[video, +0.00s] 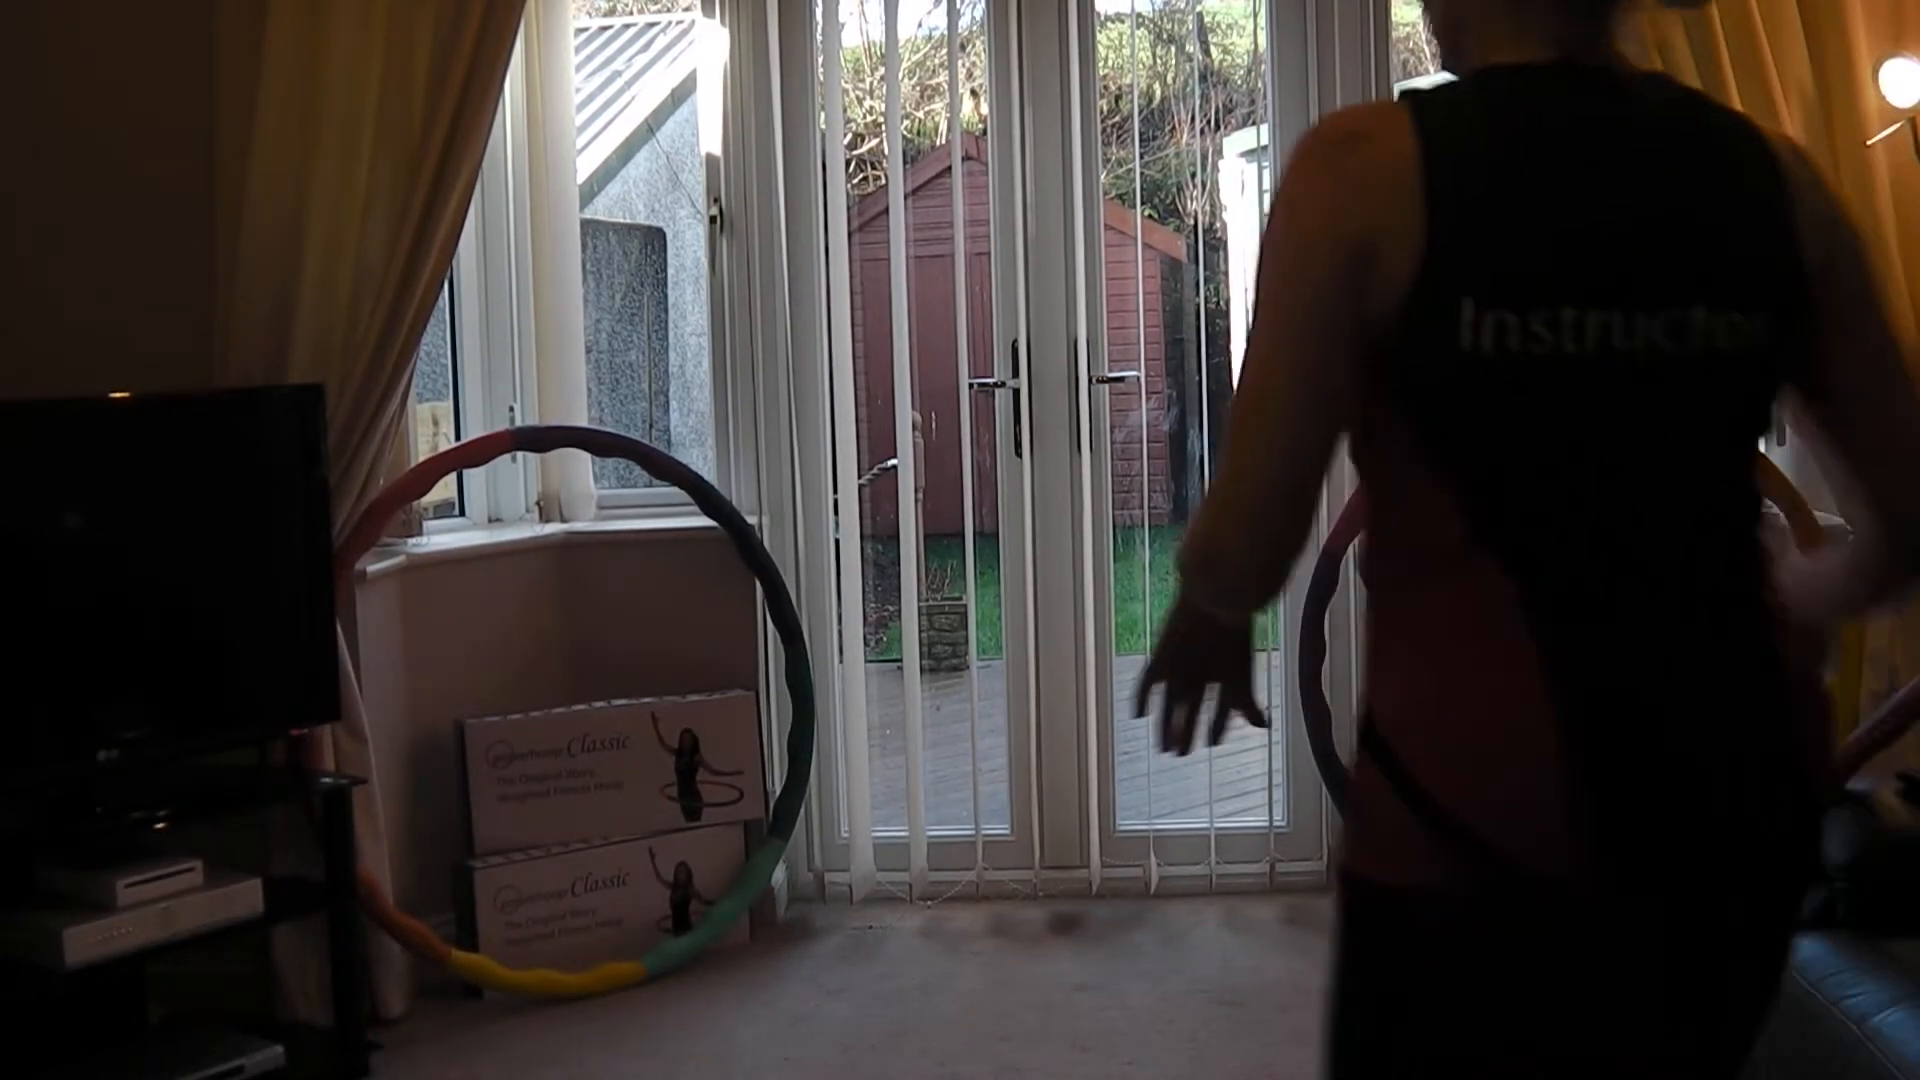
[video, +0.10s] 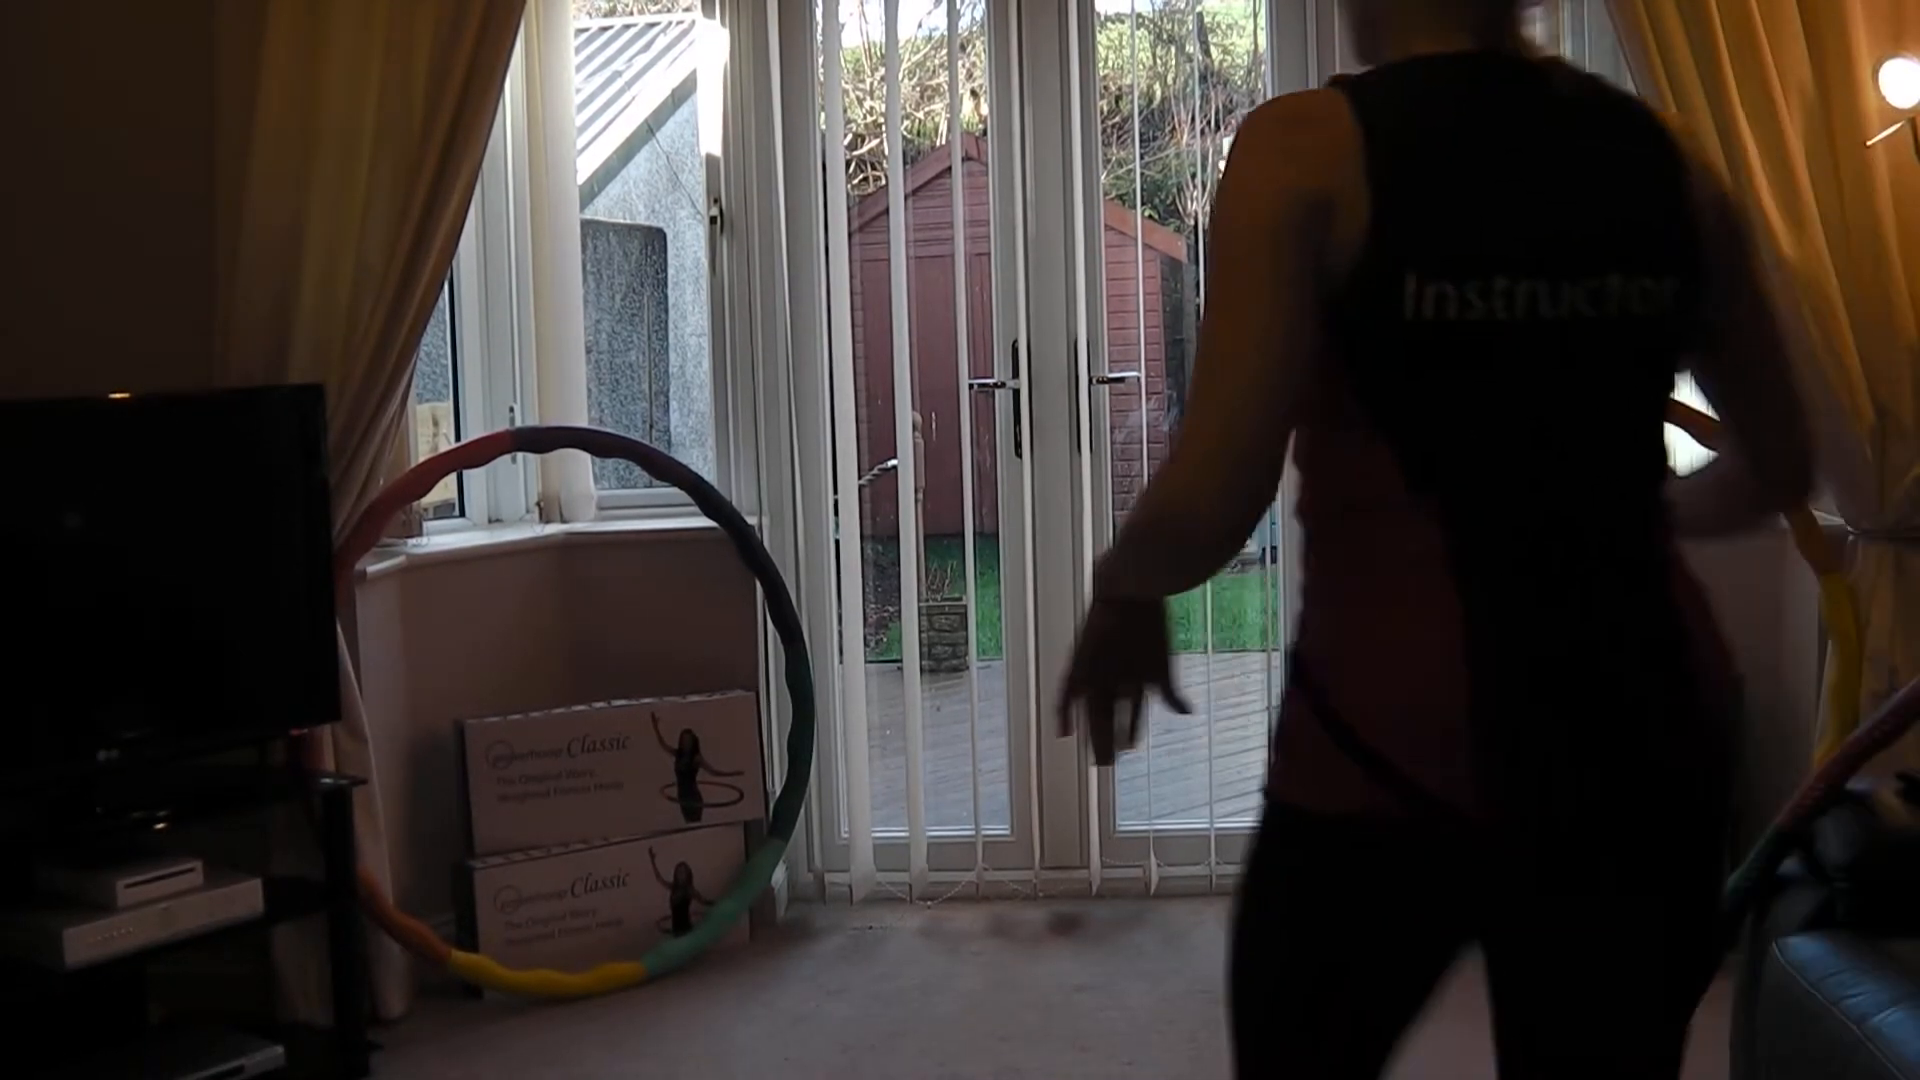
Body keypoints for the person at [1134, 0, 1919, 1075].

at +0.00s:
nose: (1429, 5)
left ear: (1453, 7)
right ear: (1613, 0)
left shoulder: (1367, 164)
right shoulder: (1769, 178)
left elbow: (1250, 530)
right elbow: (1901, 517)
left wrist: (1211, 613)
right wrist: (1786, 590)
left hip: (1469, 799)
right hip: (1736, 786)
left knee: (1434, 1079)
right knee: (1683, 1068)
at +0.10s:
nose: (1338, 12)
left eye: (1342, 2)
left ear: (1361, 1)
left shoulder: (1303, 146)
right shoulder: (1658, 155)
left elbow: (1220, 481)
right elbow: (1774, 465)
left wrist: (1123, 588)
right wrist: (1621, 510)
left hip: (1386, 751)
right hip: (1639, 746)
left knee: (1297, 1064)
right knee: (1606, 1067)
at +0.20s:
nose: (1256, 18)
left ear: (1300, 12)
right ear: (1441, 15)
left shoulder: (1243, 191)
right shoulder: (1563, 185)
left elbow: (1199, 489)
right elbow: (1627, 464)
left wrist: (1052, 614)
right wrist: (1470, 479)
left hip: (1321, 748)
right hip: (1548, 744)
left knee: (1236, 1064)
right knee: (1549, 1070)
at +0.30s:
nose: (1163, 45)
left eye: (1184, 14)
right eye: (1170, 17)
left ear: (1263, 39)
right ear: (1358, 46)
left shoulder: (1176, 243)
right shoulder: (1457, 227)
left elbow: (1152, 528)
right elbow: (1474, 486)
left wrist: (990, 643)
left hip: (1245, 751)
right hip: (1460, 740)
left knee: (1172, 1061)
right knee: (1461, 1067)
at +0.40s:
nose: (1087, 70)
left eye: (1128, 41)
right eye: (1100, 40)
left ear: (1233, 73)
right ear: (1245, 79)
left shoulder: (1127, 278)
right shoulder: (1345, 246)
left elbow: (1103, 560)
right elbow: (1362, 475)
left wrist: (947, 626)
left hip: (1166, 737)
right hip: (1353, 725)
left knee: (1128, 1064)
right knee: (1342, 1064)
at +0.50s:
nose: (1065, 78)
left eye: (1110, 48)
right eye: (1057, 45)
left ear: (1198, 69)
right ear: (1039, 52)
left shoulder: (1123, 267)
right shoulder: (1236, 231)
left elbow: (1097, 542)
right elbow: (1193, 468)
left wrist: (939, 569)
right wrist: (1037, 514)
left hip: (1147, 680)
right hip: (1263, 660)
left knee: (1113, 1022)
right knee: (1162, 990)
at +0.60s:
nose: (1053, 57)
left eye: (1098, 31)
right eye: (1037, 29)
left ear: (1169, 58)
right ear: (1014, 44)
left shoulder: (1127, 227)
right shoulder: (1110, 216)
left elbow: (1133, 490)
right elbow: (1110, 461)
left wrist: (959, 528)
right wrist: (982, 505)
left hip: (1147, 657)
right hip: (1131, 648)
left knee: (1041, 940)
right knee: (1045, 937)